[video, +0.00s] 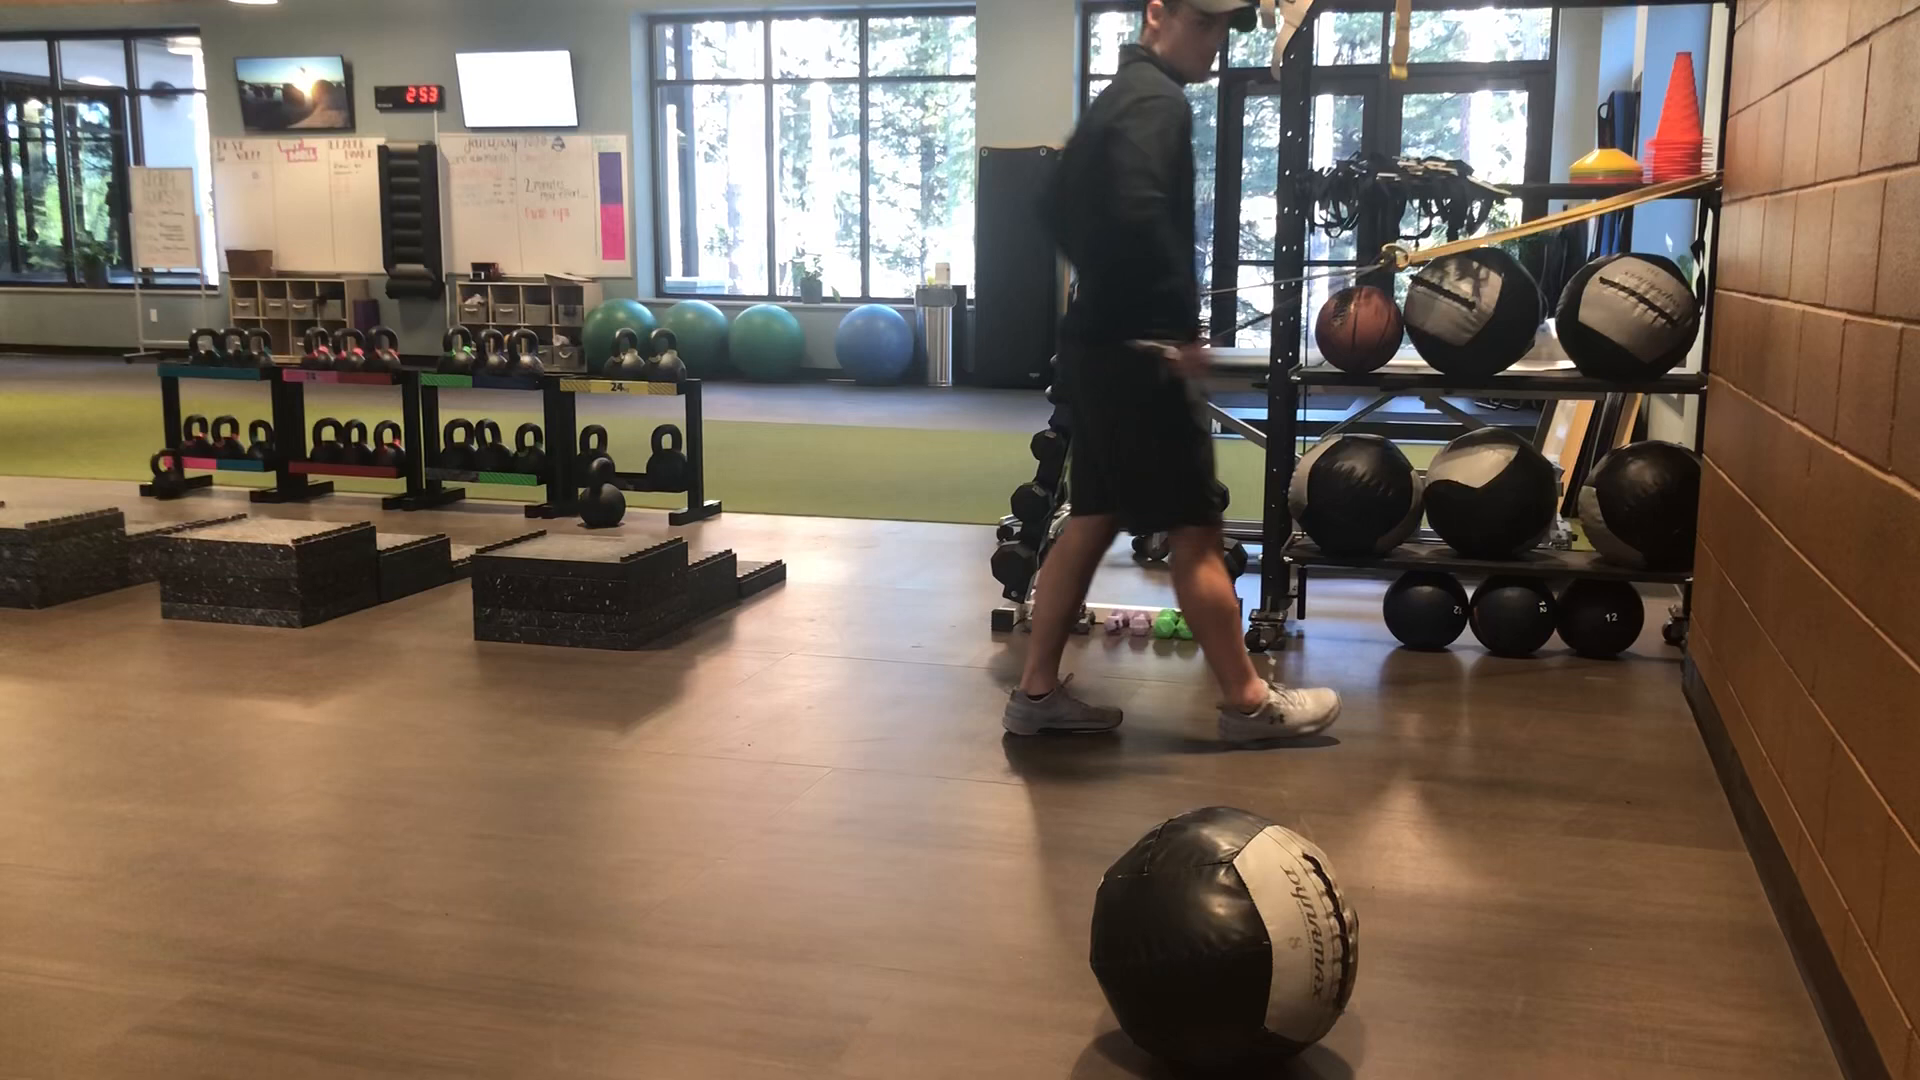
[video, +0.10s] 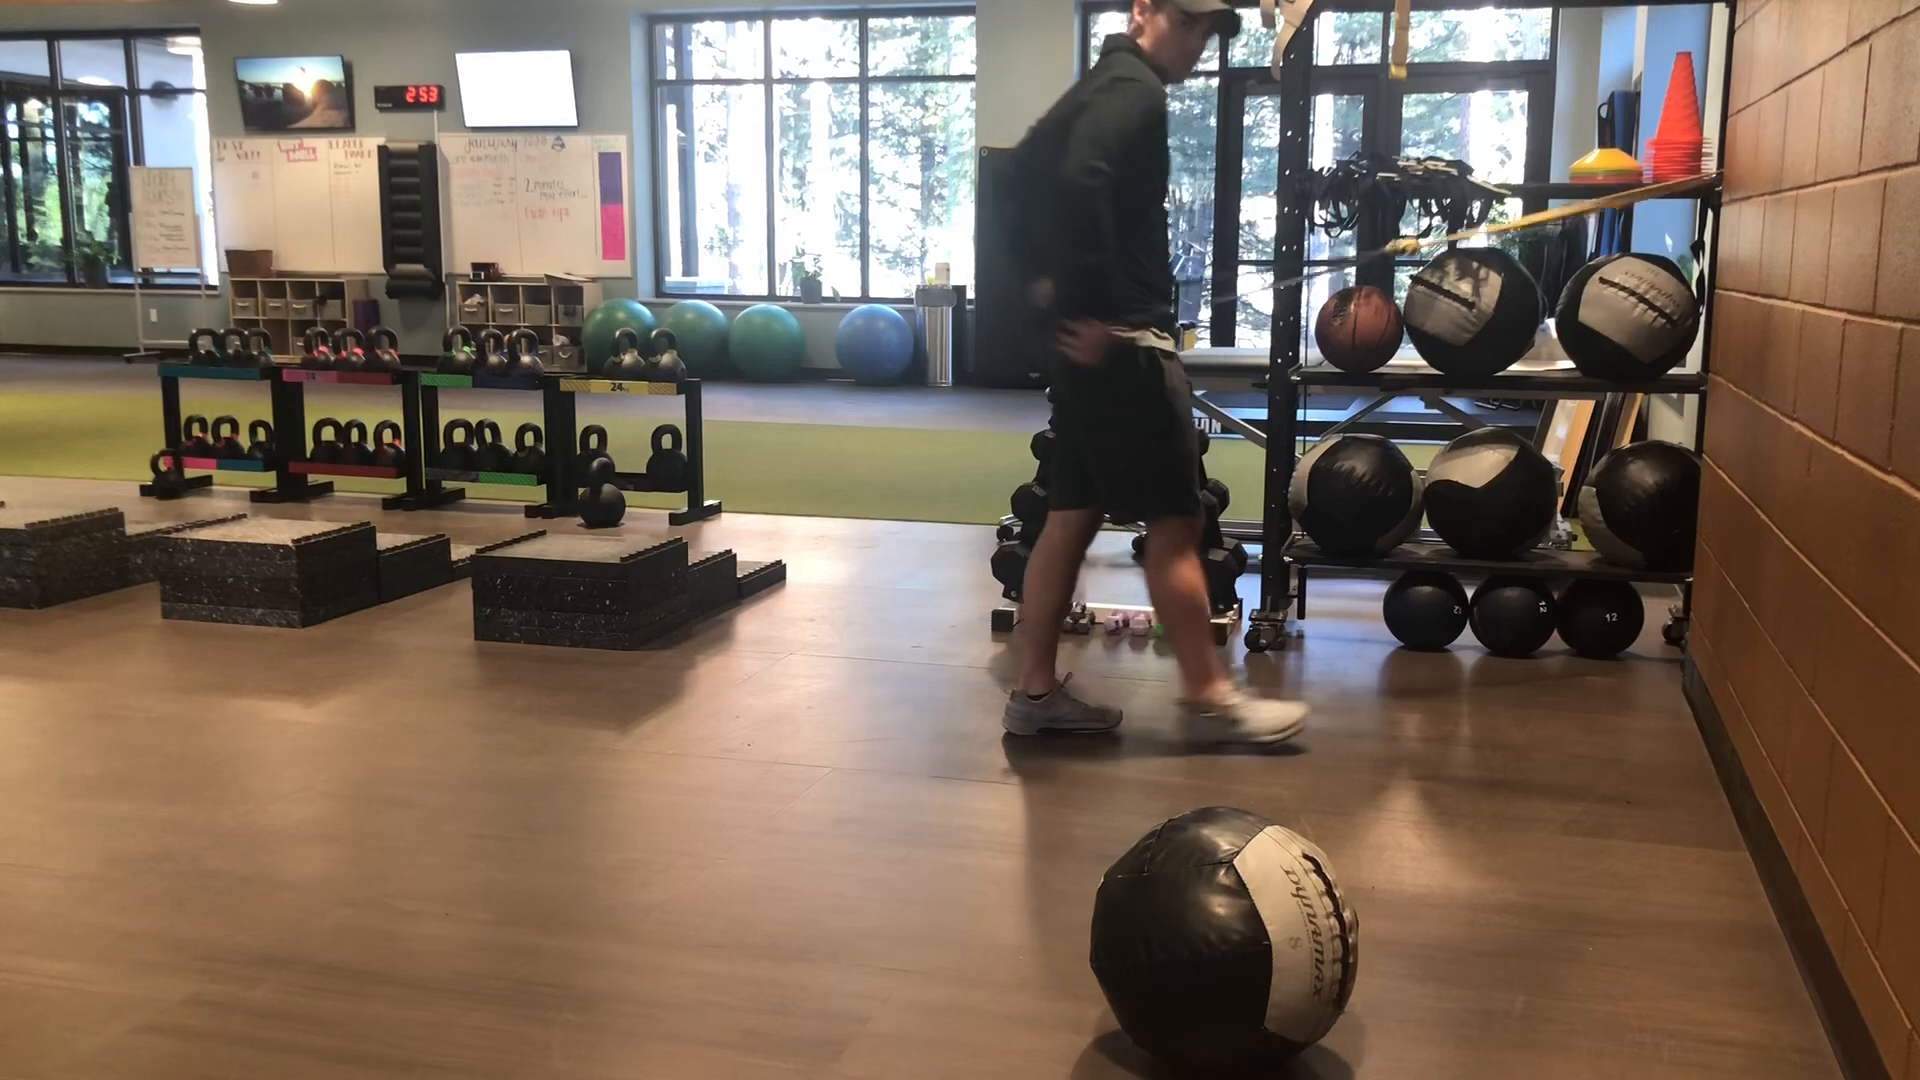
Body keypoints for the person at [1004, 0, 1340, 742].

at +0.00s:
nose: (1219, 46)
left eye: (1222, 32)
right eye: (1211, 28)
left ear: (1159, 25)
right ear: (1160, 19)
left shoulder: (1117, 97)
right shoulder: (1156, 99)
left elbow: (1055, 205)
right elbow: (1142, 211)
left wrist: (1111, 281)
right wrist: (1183, 327)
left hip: (1093, 348)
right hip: (1142, 352)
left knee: (1091, 517)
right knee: (1195, 531)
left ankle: (1035, 690)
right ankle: (1247, 698)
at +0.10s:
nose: (1202, 48)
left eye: (1208, 33)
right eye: (1196, 28)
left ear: (1142, 20)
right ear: (1148, 16)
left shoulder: (1099, 85)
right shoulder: (1135, 90)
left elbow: (1024, 163)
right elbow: (1085, 175)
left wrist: (1038, 273)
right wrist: (1090, 305)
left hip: (1081, 342)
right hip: (1132, 345)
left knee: (1069, 517)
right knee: (1175, 523)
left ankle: (1033, 693)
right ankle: (1211, 698)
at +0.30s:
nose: (1172, 47)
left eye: (1180, 31)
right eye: (1169, 26)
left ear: (1109, 18)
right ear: (1120, 14)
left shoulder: (1061, 81)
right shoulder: (1106, 81)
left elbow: (973, 174)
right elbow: (1049, 167)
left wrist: (1001, 268)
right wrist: (1073, 287)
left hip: (1035, 332)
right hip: (1085, 332)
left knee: (1052, 507)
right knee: (1139, 515)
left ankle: (1030, 695)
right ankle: (1064, 698)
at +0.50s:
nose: (1154, 42)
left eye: (1158, 27)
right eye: (1149, 22)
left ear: (1092, 12)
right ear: (1101, 8)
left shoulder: (1034, 83)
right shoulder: (1086, 90)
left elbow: (961, 193)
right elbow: (1053, 207)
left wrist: (1030, 278)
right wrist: (1112, 315)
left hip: (1028, 339)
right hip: (1065, 342)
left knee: (1051, 519)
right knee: (1053, 526)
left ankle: (1036, 687)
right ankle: (1010, 722)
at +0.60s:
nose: (1148, 31)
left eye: (1149, 16)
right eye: (1142, 14)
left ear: (1084, 12)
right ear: (1099, 8)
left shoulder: (1024, 85)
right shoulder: (1075, 91)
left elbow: (955, 204)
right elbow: (1042, 214)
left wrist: (1032, 273)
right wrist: (1106, 310)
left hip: (1026, 340)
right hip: (1057, 345)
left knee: (1046, 525)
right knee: (1042, 530)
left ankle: (1037, 694)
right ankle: (1006, 727)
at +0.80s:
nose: (1122, 26)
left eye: (1124, 14)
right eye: (1120, 12)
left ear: (1054, 10)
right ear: (1089, 6)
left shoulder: (998, 90)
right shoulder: (1068, 101)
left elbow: (995, 237)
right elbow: (1055, 246)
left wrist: (1097, 270)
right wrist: (1125, 300)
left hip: (993, 336)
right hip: (1032, 341)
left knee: (1034, 527)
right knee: (1026, 535)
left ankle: (1035, 690)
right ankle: (1002, 732)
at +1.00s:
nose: (1091, 20)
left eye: (1089, 9)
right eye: (1086, 8)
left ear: (1014, 11)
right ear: (1055, 8)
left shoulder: (968, 96)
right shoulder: (1045, 109)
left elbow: (967, 238)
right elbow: (1051, 260)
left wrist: (1075, 272)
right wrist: (1121, 348)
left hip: (960, 342)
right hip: (1011, 348)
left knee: (1004, 529)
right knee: (1009, 540)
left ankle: (983, 681)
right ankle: (1001, 731)